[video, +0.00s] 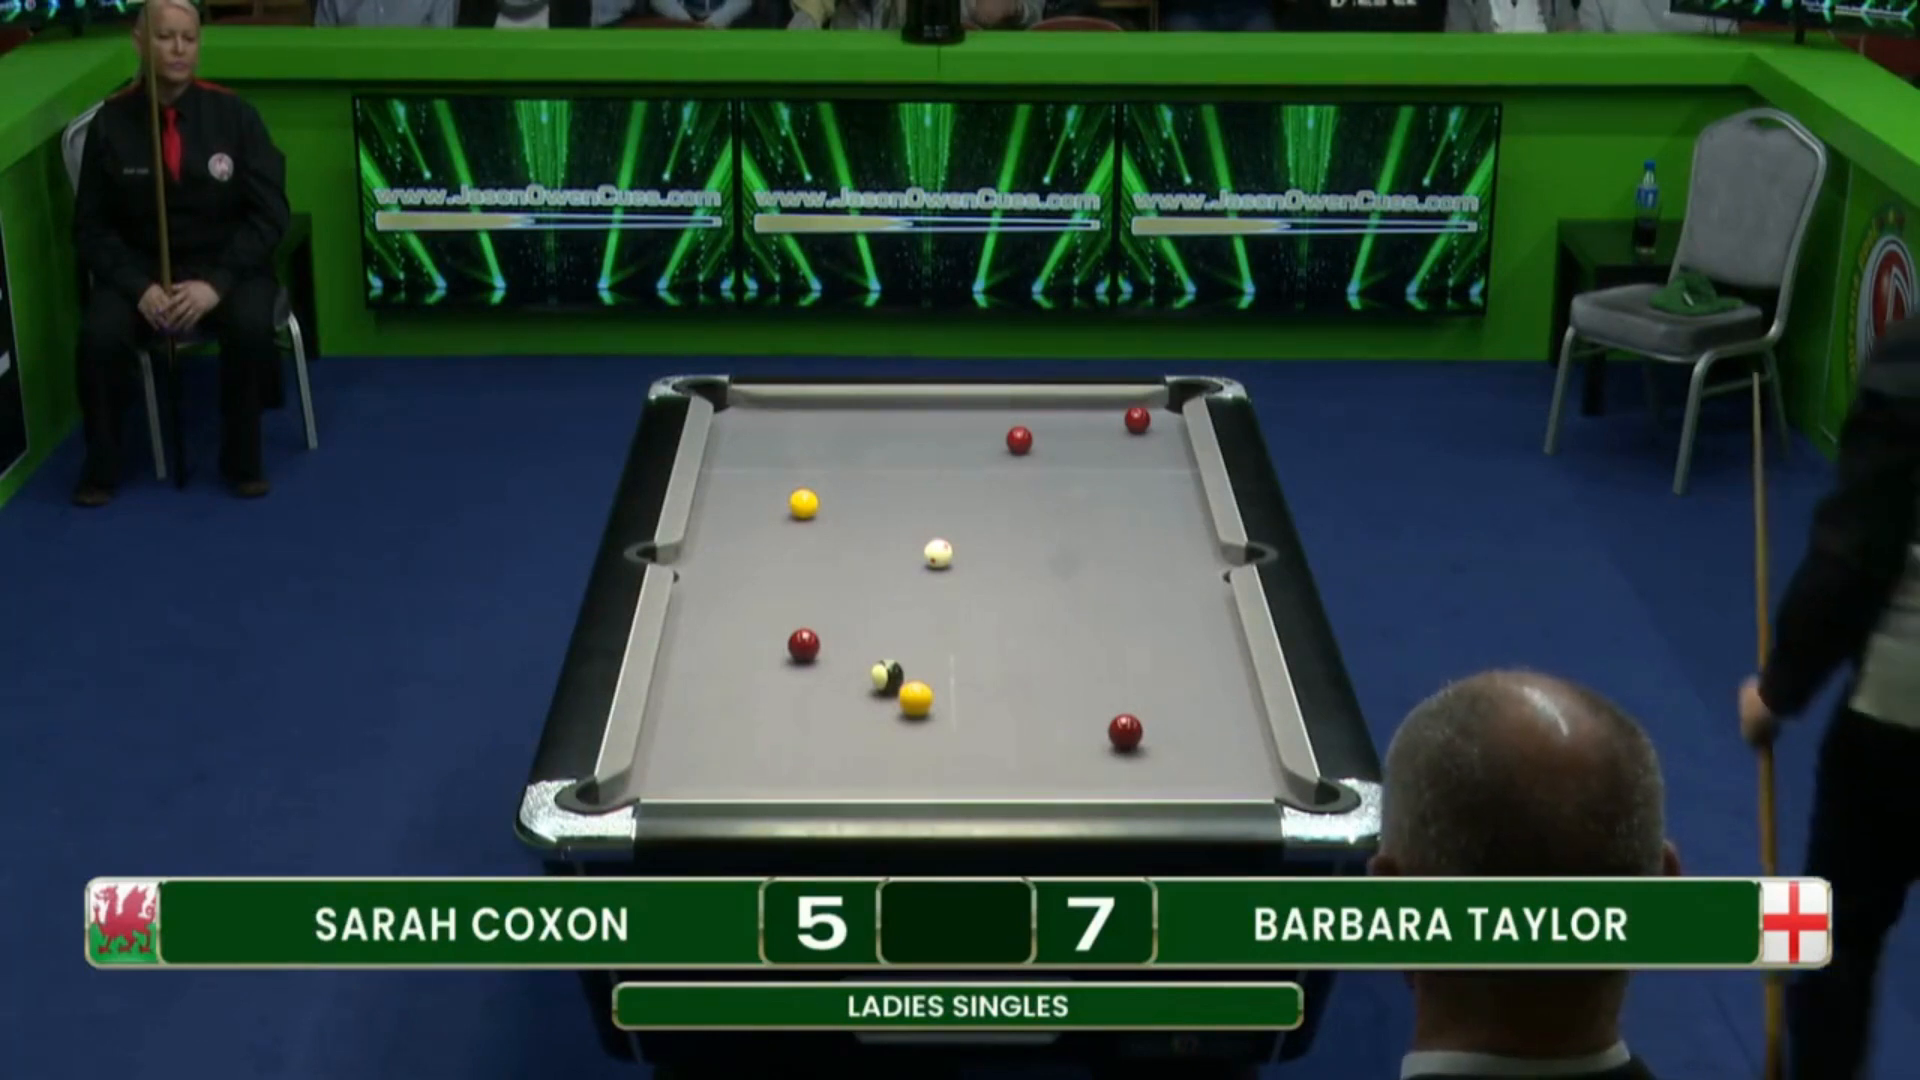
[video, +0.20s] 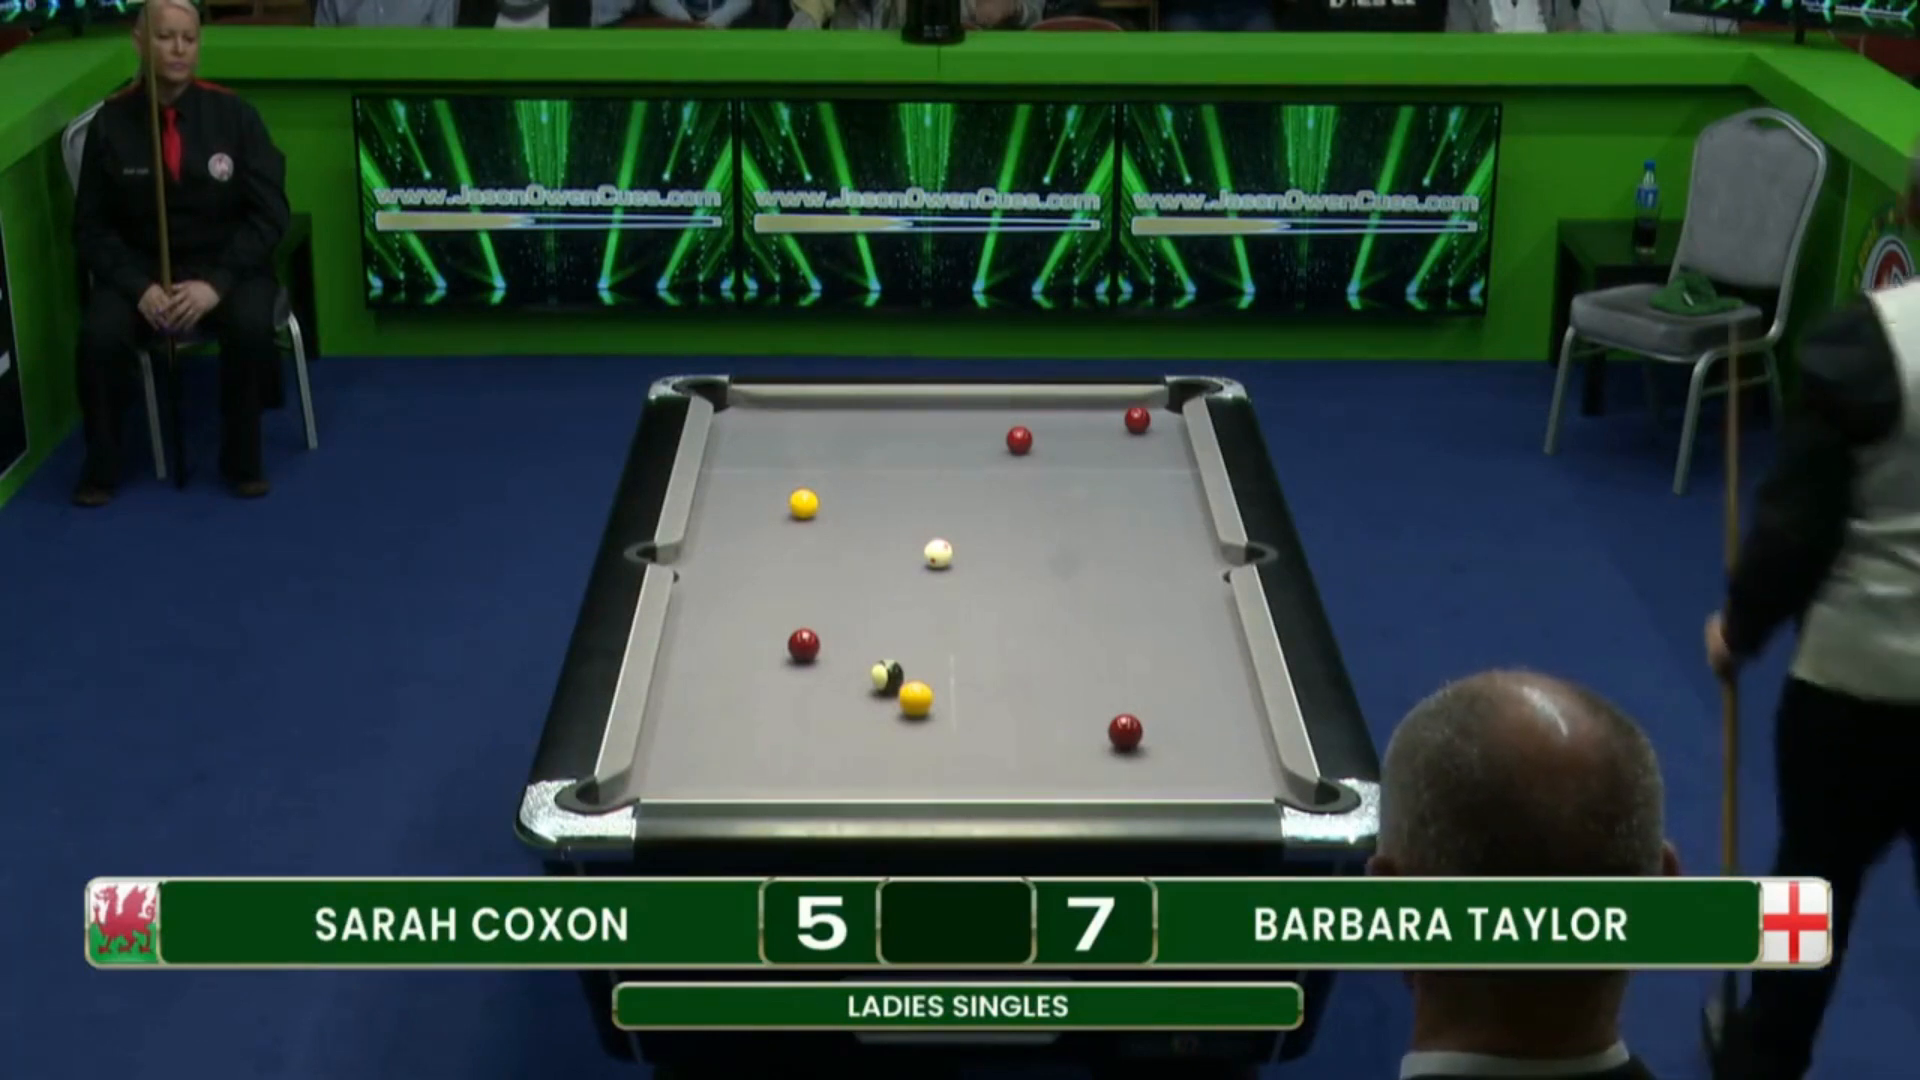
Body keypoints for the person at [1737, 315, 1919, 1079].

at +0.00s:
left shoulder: (1905, 373)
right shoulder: (1900, 372)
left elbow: (1857, 547)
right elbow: (1858, 546)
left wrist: (1778, 688)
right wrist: (1783, 683)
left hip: (1900, 711)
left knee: (1840, 933)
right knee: (1841, 933)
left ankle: (1821, 1062)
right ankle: (1826, 1057)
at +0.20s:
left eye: (1896, 213)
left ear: (1907, 226)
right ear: (1913, 234)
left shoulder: (1869, 341)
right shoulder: (1871, 338)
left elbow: (1800, 519)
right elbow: (1803, 515)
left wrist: (1740, 626)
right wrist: (1744, 621)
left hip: (1863, 674)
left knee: (1816, 881)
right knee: (1819, 882)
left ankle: (1769, 1048)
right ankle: (1772, 1045)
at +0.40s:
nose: (1837, 158)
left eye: (1841, 143)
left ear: (1848, 162)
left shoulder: (1806, 288)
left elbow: (1737, 464)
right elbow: (1741, 457)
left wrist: (1690, 543)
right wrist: (1697, 535)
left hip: (1806, 621)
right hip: (1916, 626)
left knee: (1775, 836)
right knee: (1905, 856)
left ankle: (1759, 1048)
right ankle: (1912, 1049)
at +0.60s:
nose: (1799, 145)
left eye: (1803, 130)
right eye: (1803, 129)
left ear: (1821, 138)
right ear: (1910, 131)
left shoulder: (1776, 249)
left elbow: (1714, 419)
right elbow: (1718, 415)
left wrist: (1656, 485)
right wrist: (1669, 478)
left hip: (1780, 575)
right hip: (1903, 574)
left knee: (1764, 795)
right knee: (1869, 773)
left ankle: (1764, 1028)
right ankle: (1866, 990)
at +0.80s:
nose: (1758, 137)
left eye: (1767, 119)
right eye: (1758, 117)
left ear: (1815, 127)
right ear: (1872, 123)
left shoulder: (1767, 236)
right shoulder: (1919, 212)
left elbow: (1700, 401)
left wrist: (1639, 473)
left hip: (1777, 553)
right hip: (1895, 552)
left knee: (1759, 769)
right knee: (1836, 743)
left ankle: (1766, 1027)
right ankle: (1790, 942)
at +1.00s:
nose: (1749, 124)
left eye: (1762, 105)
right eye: (1750, 104)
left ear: (1826, 106)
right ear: (1849, 104)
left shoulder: (1779, 215)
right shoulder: (1912, 183)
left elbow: (1721, 381)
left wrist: (1640, 467)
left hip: (1774, 518)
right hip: (1884, 513)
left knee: (1720, 711)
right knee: (1809, 694)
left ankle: (1760, 949)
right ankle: (1796, 914)